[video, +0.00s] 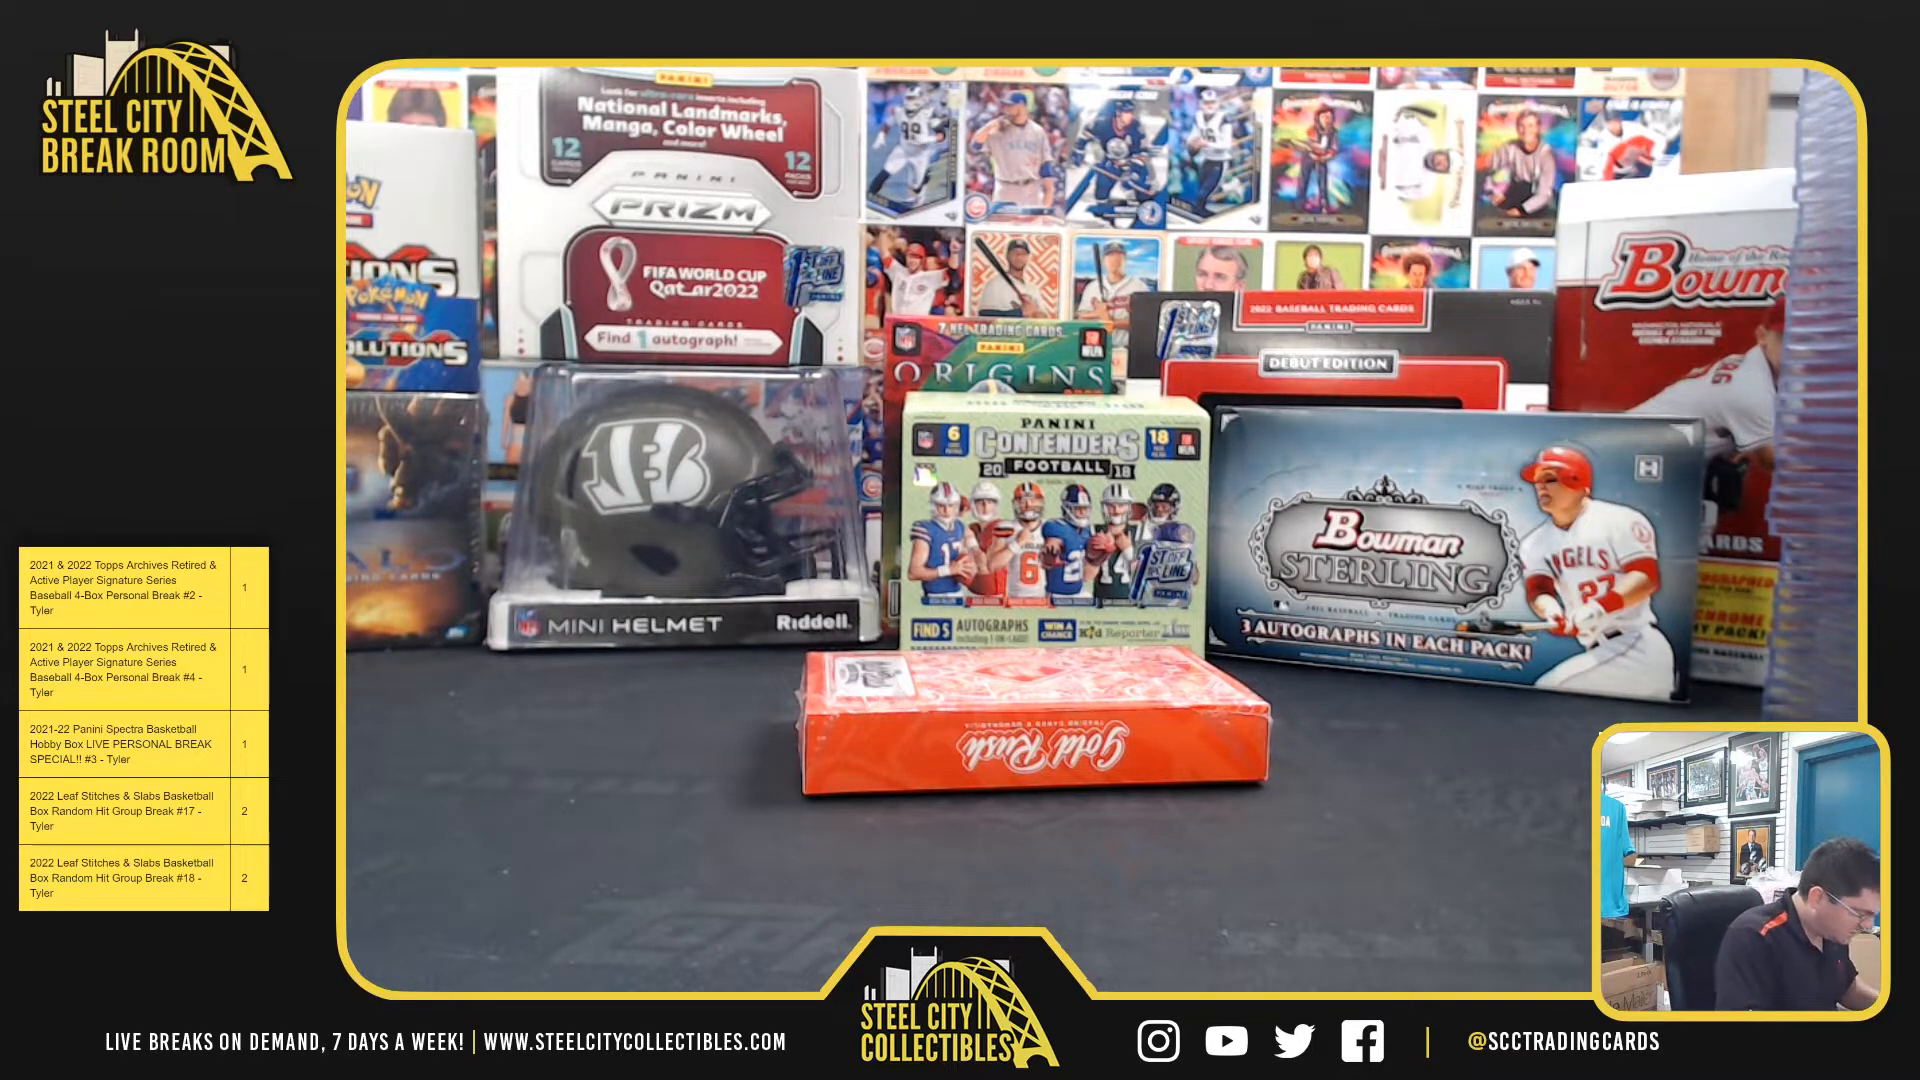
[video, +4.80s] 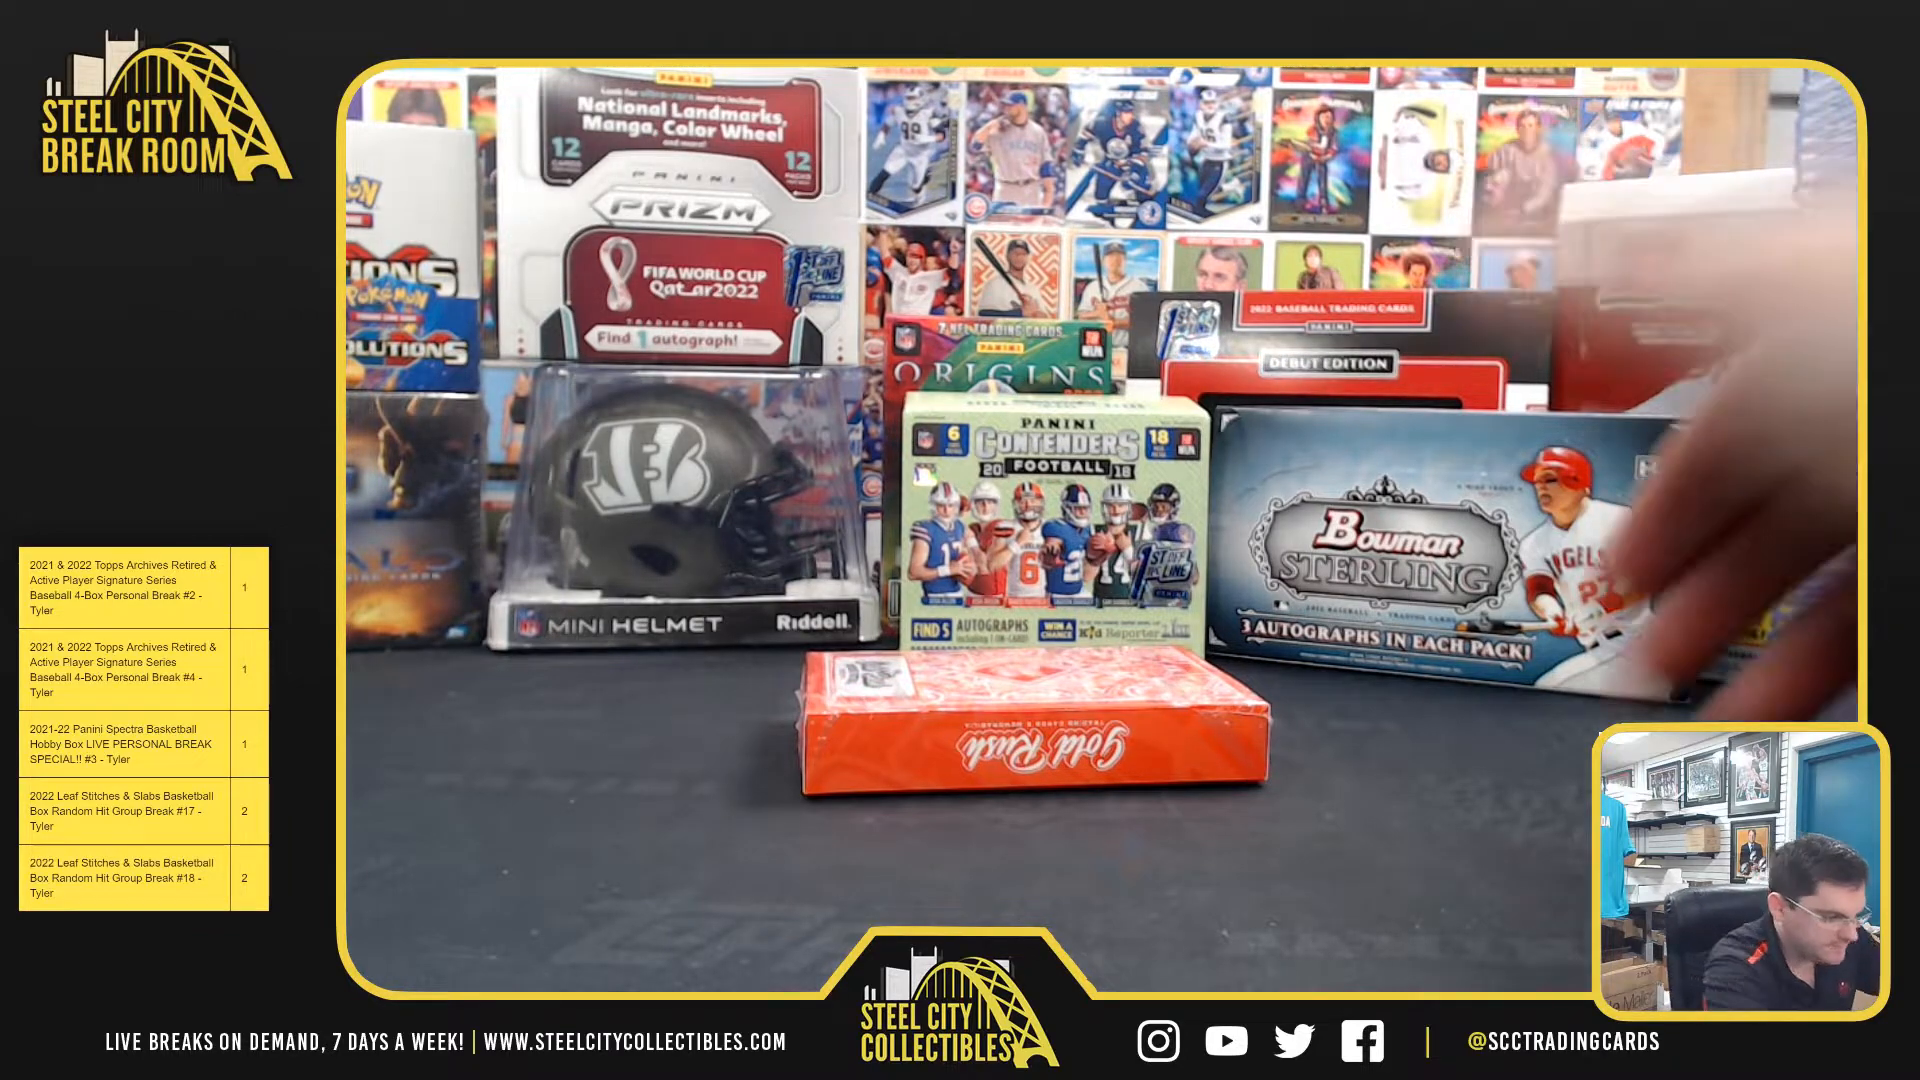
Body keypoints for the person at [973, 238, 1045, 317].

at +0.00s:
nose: (1019, 257)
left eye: (1023, 254)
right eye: (1016, 253)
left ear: (1028, 258)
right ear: (1008, 256)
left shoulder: (1033, 289)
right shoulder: (995, 284)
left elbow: (1045, 317)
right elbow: (985, 315)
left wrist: (1033, 310)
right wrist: (1020, 313)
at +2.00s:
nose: (1019, 257)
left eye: (1023, 254)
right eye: (1015, 254)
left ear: (1028, 258)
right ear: (1008, 256)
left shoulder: (1033, 288)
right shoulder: (995, 285)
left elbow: (1044, 317)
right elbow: (985, 315)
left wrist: (1033, 310)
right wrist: (1020, 313)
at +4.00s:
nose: (1019, 258)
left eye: (1023, 254)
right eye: (1015, 254)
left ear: (1028, 257)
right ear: (1008, 256)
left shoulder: (1032, 289)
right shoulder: (995, 284)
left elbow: (1045, 317)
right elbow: (985, 314)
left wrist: (1034, 311)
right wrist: (1020, 313)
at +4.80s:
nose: (1020, 257)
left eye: (1023, 254)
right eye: (1016, 254)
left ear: (1028, 257)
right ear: (1008, 256)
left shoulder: (1032, 288)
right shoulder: (995, 284)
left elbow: (1045, 316)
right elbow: (985, 316)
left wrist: (1034, 312)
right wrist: (1022, 313)